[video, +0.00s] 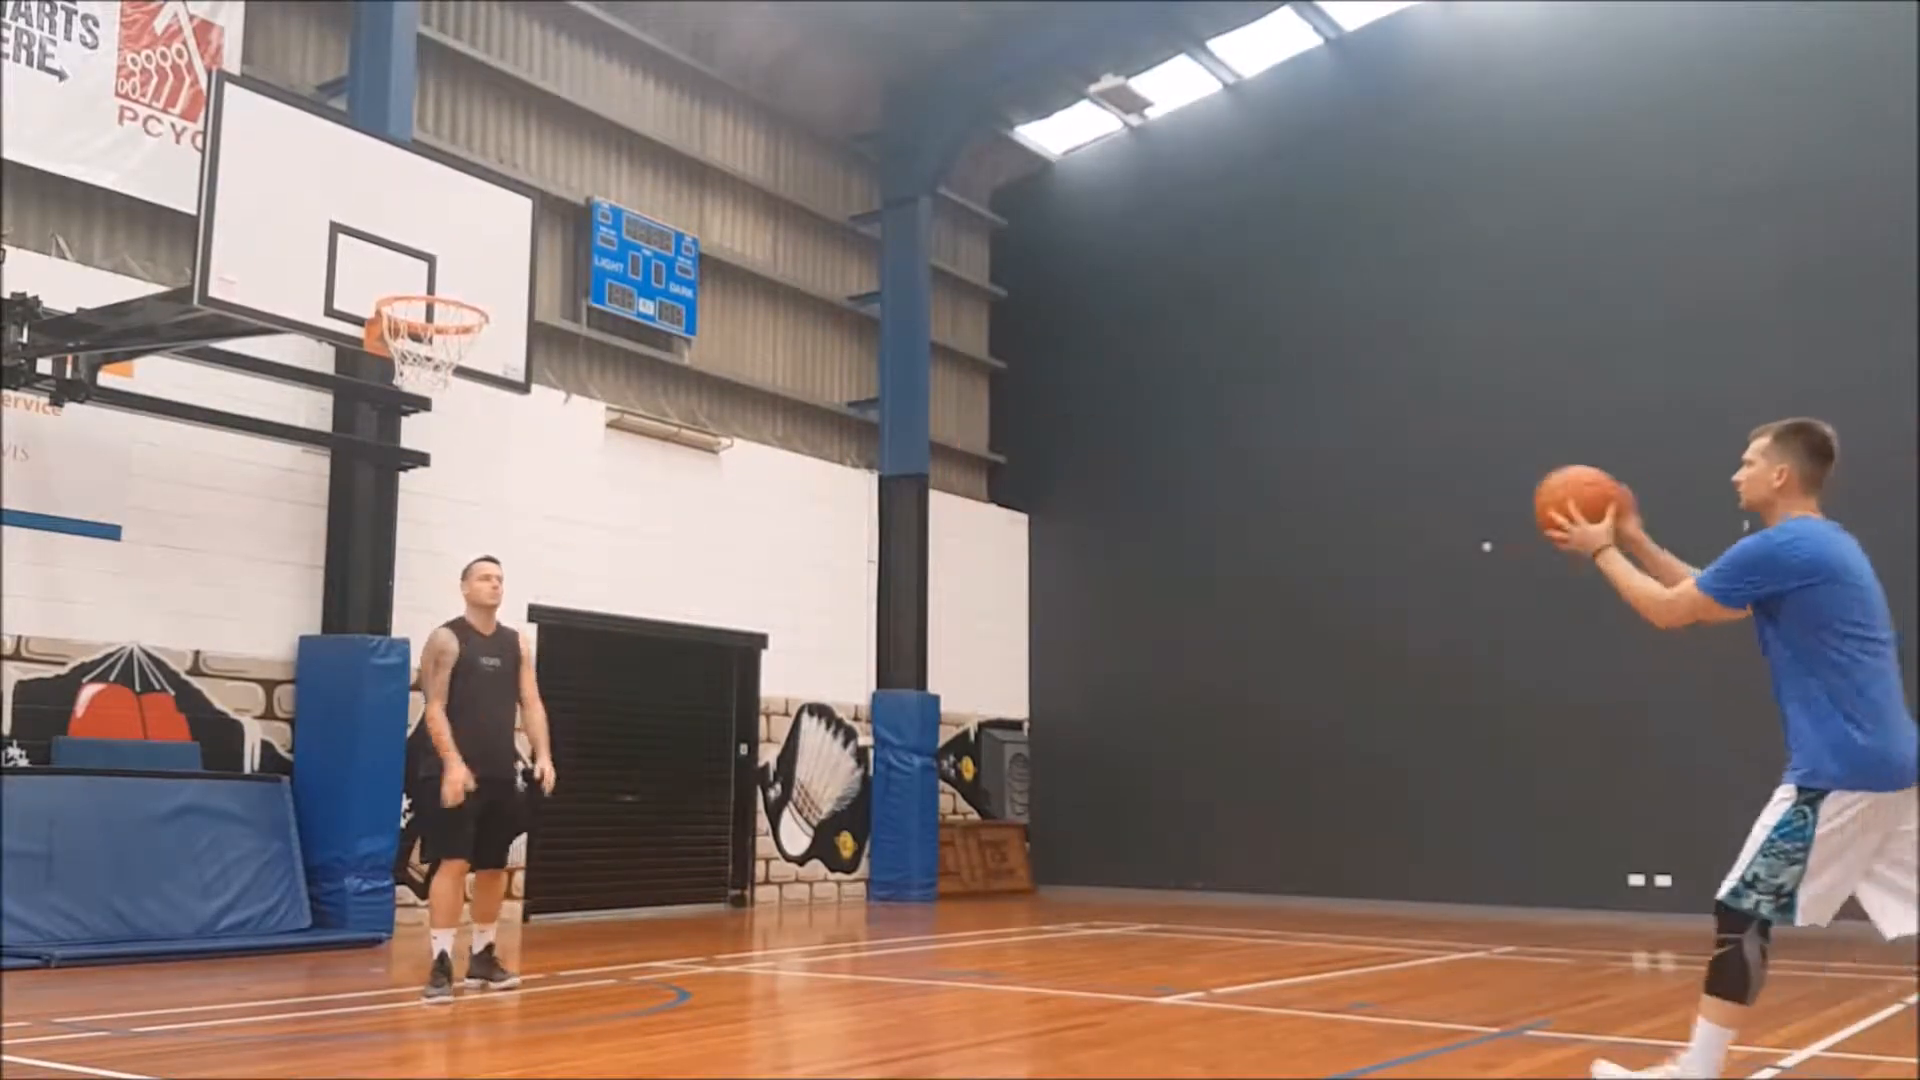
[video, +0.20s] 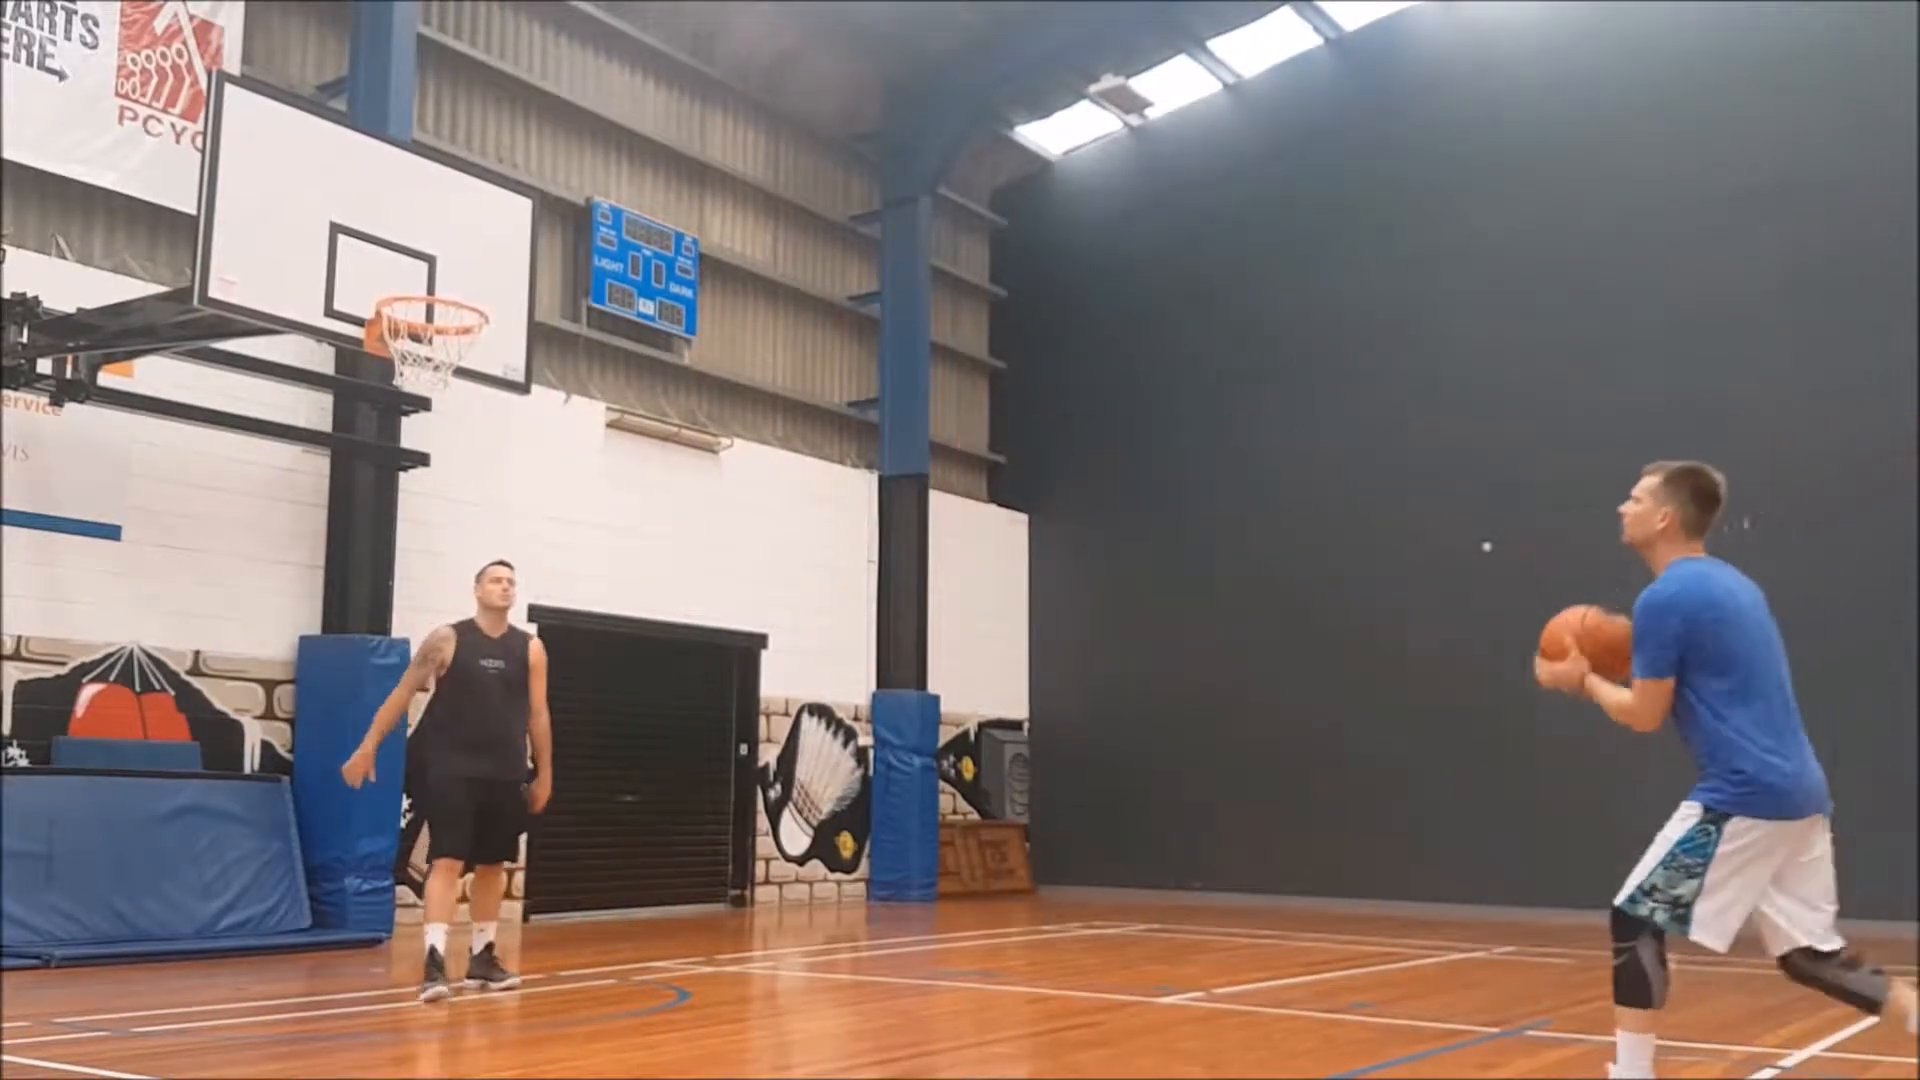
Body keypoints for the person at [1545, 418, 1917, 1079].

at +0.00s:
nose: (1736, 475)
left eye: (1747, 463)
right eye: (1741, 463)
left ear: (1782, 475)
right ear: (1797, 479)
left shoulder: (1779, 549)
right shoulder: (1830, 543)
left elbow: (1667, 611)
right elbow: (1711, 597)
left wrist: (1602, 553)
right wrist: (1635, 543)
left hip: (1838, 770)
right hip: (1893, 765)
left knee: (1743, 911)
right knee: (1914, 917)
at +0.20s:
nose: (1621, 509)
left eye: (1634, 501)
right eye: (1628, 498)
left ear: (1666, 518)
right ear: (1685, 523)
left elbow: (1644, 714)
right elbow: (1705, 683)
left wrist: (1581, 678)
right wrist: (1621, 649)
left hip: (1742, 792)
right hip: (1800, 790)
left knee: (1636, 918)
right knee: (1804, 951)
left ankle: (1631, 1069)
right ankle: (1915, 1014)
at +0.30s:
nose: (1575, 524)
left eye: (1587, 516)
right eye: (1582, 513)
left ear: (1617, 535)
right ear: (1631, 538)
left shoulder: (1624, 612)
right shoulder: (1672, 595)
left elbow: (1639, 733)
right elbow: (1676, 722)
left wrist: (1579, 757)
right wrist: (1604, 728)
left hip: (1708, 799)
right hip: (1751, 797)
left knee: (1599, 922)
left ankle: (1625, 1071)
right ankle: (1845, 1020)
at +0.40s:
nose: (1548, 533)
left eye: (1562, 526)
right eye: (1556, 524)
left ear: (1591, 547)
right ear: (1597, 548)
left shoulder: (1605, 620)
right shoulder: (1633, 611)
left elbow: (1618, 739)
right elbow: (1629, 740)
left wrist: (1552, 786)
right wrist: (1562, 774)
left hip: (1680, 806)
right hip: (1708, 802)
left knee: (1568, 925)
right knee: (1604, 931)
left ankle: (1622, 1070)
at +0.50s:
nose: (1542, 539)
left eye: (1554, 532)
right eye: (1550, 530)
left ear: (1583, 553)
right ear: (1582, 554)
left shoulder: (1608, 627)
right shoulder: (1594, 628)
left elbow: (1566, 741)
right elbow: (1553, 727)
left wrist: (1468, 755)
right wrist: (1466, 737)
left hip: (1650, 820)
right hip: (1621, 813)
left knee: (1542, 942)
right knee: (1521, 930)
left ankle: (1618, 1072)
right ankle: (1568, 1067)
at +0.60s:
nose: (1542, 539)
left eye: (1555, 531)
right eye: (1550, 529)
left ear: (1583, 552)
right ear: (1581, 553)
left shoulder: (1610, 628)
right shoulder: (1564, 624)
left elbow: (1500, 693)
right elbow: (1486, 666)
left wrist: (1429, 629)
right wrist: (1427, 619)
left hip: (1619, 830)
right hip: (1579, 819)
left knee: (1516, 955)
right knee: (1493, 941)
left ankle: (1614, 1071)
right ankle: (1565, 1065)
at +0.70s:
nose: (1544, 513)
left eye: (1558, 507)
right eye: (1553, 505)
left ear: (1586, 531)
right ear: (1584, 533)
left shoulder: (1598, 601)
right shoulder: (1565, 594)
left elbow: (1469, 584)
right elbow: (1458, 579)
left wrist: (1462, 503)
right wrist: (1462, 504)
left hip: (1583, 810)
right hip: (1544, 802)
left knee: (1510, 948)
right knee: (1483, 938)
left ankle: (1613, 1071)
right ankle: (1563, 1066)